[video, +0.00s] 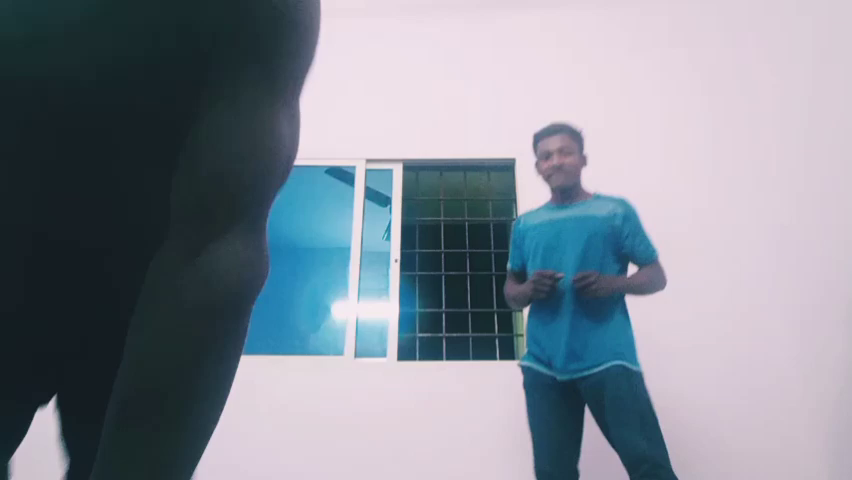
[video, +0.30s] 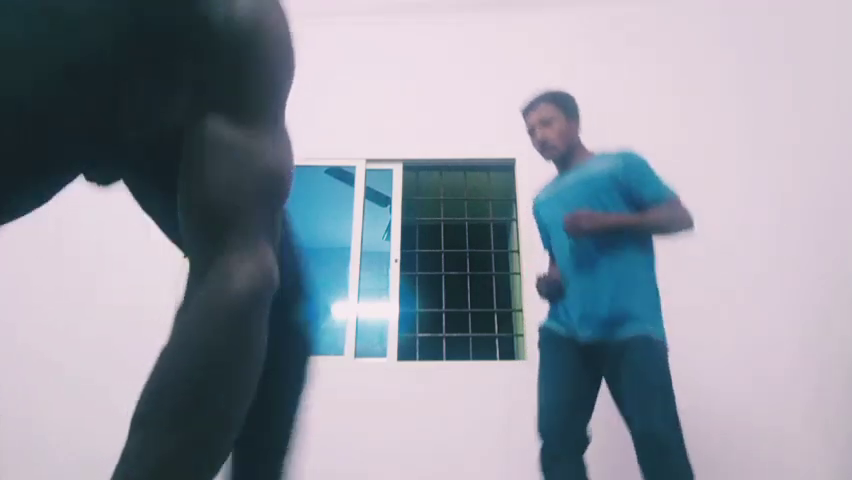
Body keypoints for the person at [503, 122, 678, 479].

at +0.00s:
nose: (555, 162)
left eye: (564, 153)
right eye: (546, 156)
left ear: (583, 160)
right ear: (537, 167)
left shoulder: (615, 212)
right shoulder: (525, 224)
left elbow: (656, 277)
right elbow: (511, 295)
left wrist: (613, 283)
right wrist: (529, 288)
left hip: (607, 363)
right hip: (544, 367)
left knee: (648, 465)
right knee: (552, 471)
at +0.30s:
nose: (540, 135)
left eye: (547, 123)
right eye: (532, 130)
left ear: (573, 123)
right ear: (530, 139)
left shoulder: (623, 165)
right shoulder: (544, 202)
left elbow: (679, 217)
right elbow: (559, 262)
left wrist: (606, 221)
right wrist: (551, 282)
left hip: (631, 329)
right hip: (567, 333)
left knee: (659, 447)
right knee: (558, 448)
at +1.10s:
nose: (568, 107)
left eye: (578, 97)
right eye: (560, 103)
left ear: (604, 104)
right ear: (558, 117)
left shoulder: (637, 142)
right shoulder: (578, 185)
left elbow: (686, 196)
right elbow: (616, 253)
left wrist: (596, 214)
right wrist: (578, 272)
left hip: (648, 317)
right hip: (594, 327)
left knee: (673, 438)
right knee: (576, 447)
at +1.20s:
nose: (558, 100)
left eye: (569, 89)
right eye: (551, 95)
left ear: (595, 96)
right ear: (548, 107)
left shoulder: (629, 131)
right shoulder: (573, 176)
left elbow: (679, 191)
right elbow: (609, 249)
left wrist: (591, 220)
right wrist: (573, 265)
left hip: (648, 299)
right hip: (593, 311)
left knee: (665, 417)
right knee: (581, 422)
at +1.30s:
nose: (554, 112)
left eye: (564, 100)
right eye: (546, 107)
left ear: (590, 106)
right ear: (543, 120)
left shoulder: (628, 145)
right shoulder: (567, 189)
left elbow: (676, 204)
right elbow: (600, 262)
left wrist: (590, 240)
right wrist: (570, 280)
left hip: (649, 312)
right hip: (594, 323)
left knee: (669, 423)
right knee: (588, 437)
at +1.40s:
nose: (554, 150)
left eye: (564, 140)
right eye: (545, 145)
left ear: (589, 145)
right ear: (542, 158)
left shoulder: (629, 186)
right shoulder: (565, 232)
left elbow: (683, 248)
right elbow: (596, 302)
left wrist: (598, 281)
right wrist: (569, 330)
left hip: (658, 360)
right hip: (600, 368)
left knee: (699, 468)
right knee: (567, 471)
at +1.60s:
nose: (576, 113)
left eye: (583, 101)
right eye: (566, 108)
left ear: (606, 103)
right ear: (563, 120)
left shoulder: (644, 136)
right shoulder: (584, 186)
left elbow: (711, 185)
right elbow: (621, 244)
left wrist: (636, 222)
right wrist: (597, 268)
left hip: (686, 302)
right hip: (631, 321)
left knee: (730, 422)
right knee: (649, 449)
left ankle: (762, 474)